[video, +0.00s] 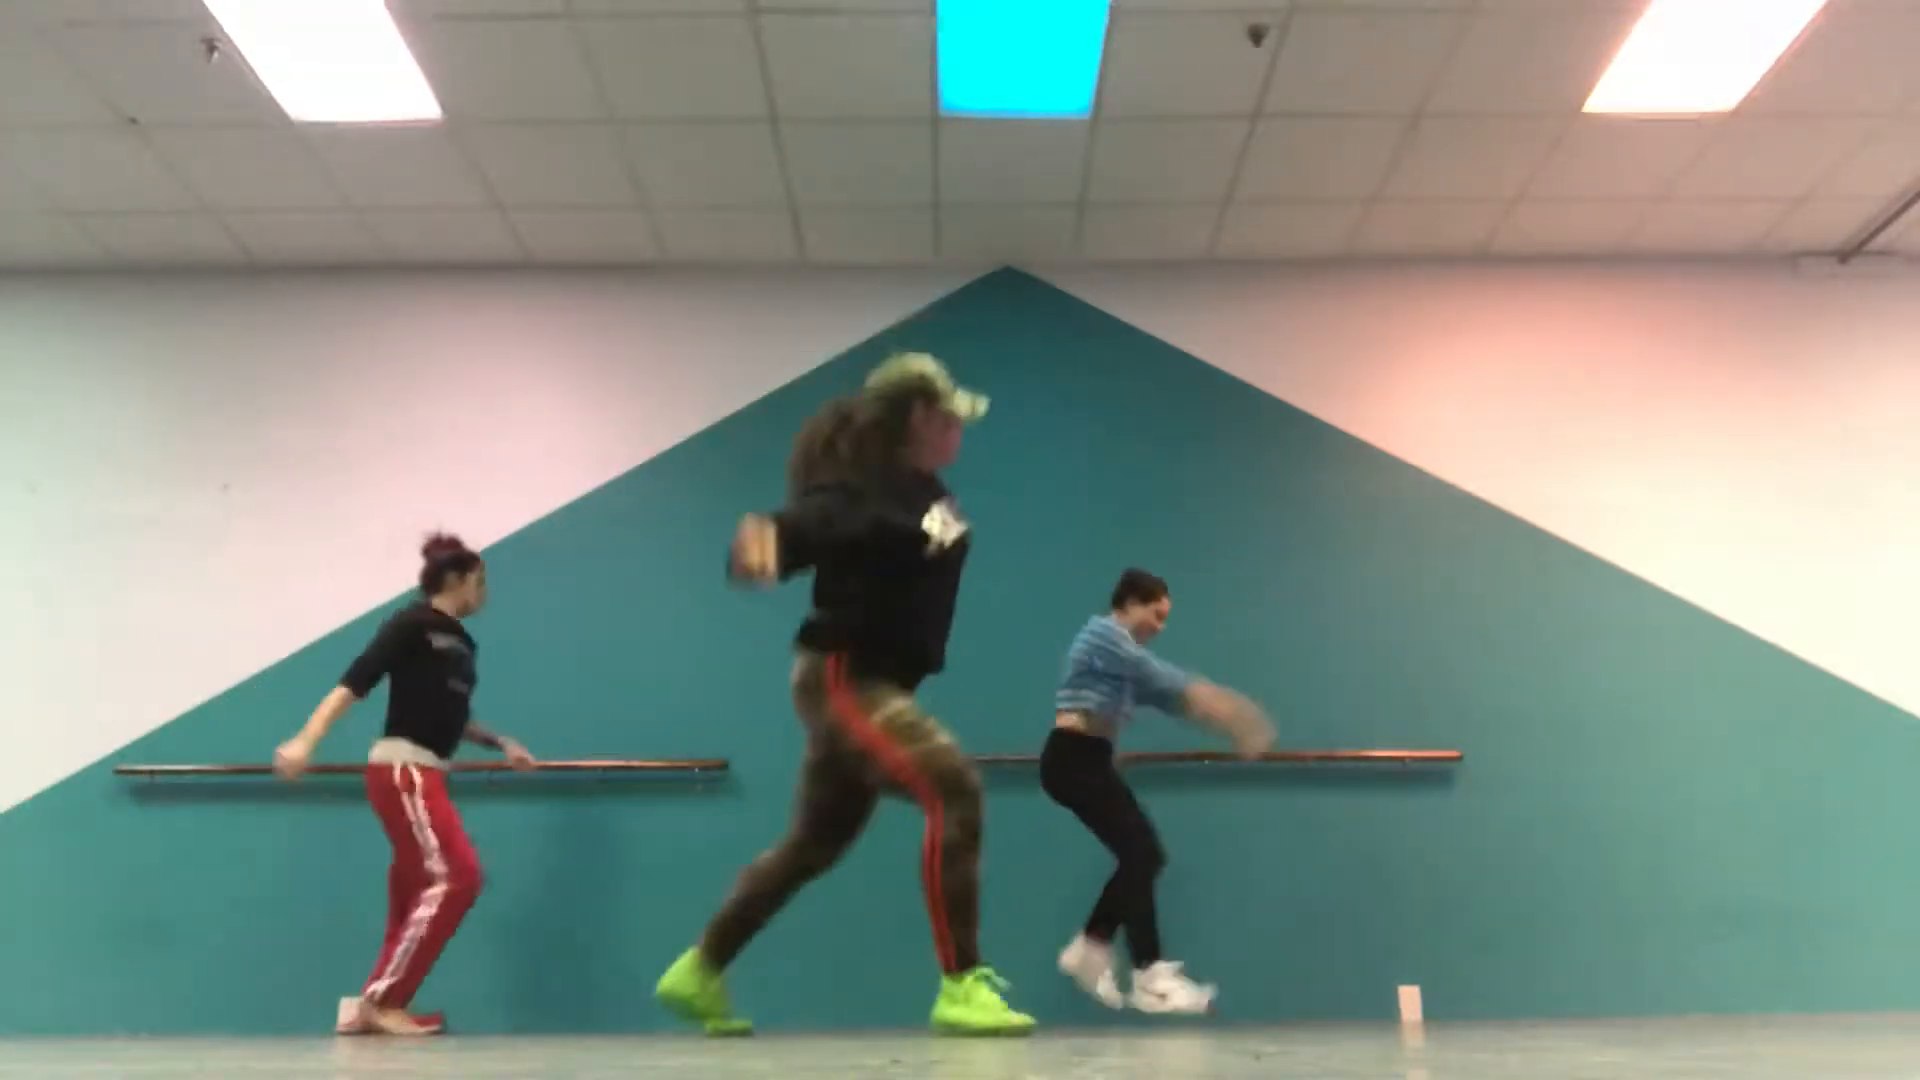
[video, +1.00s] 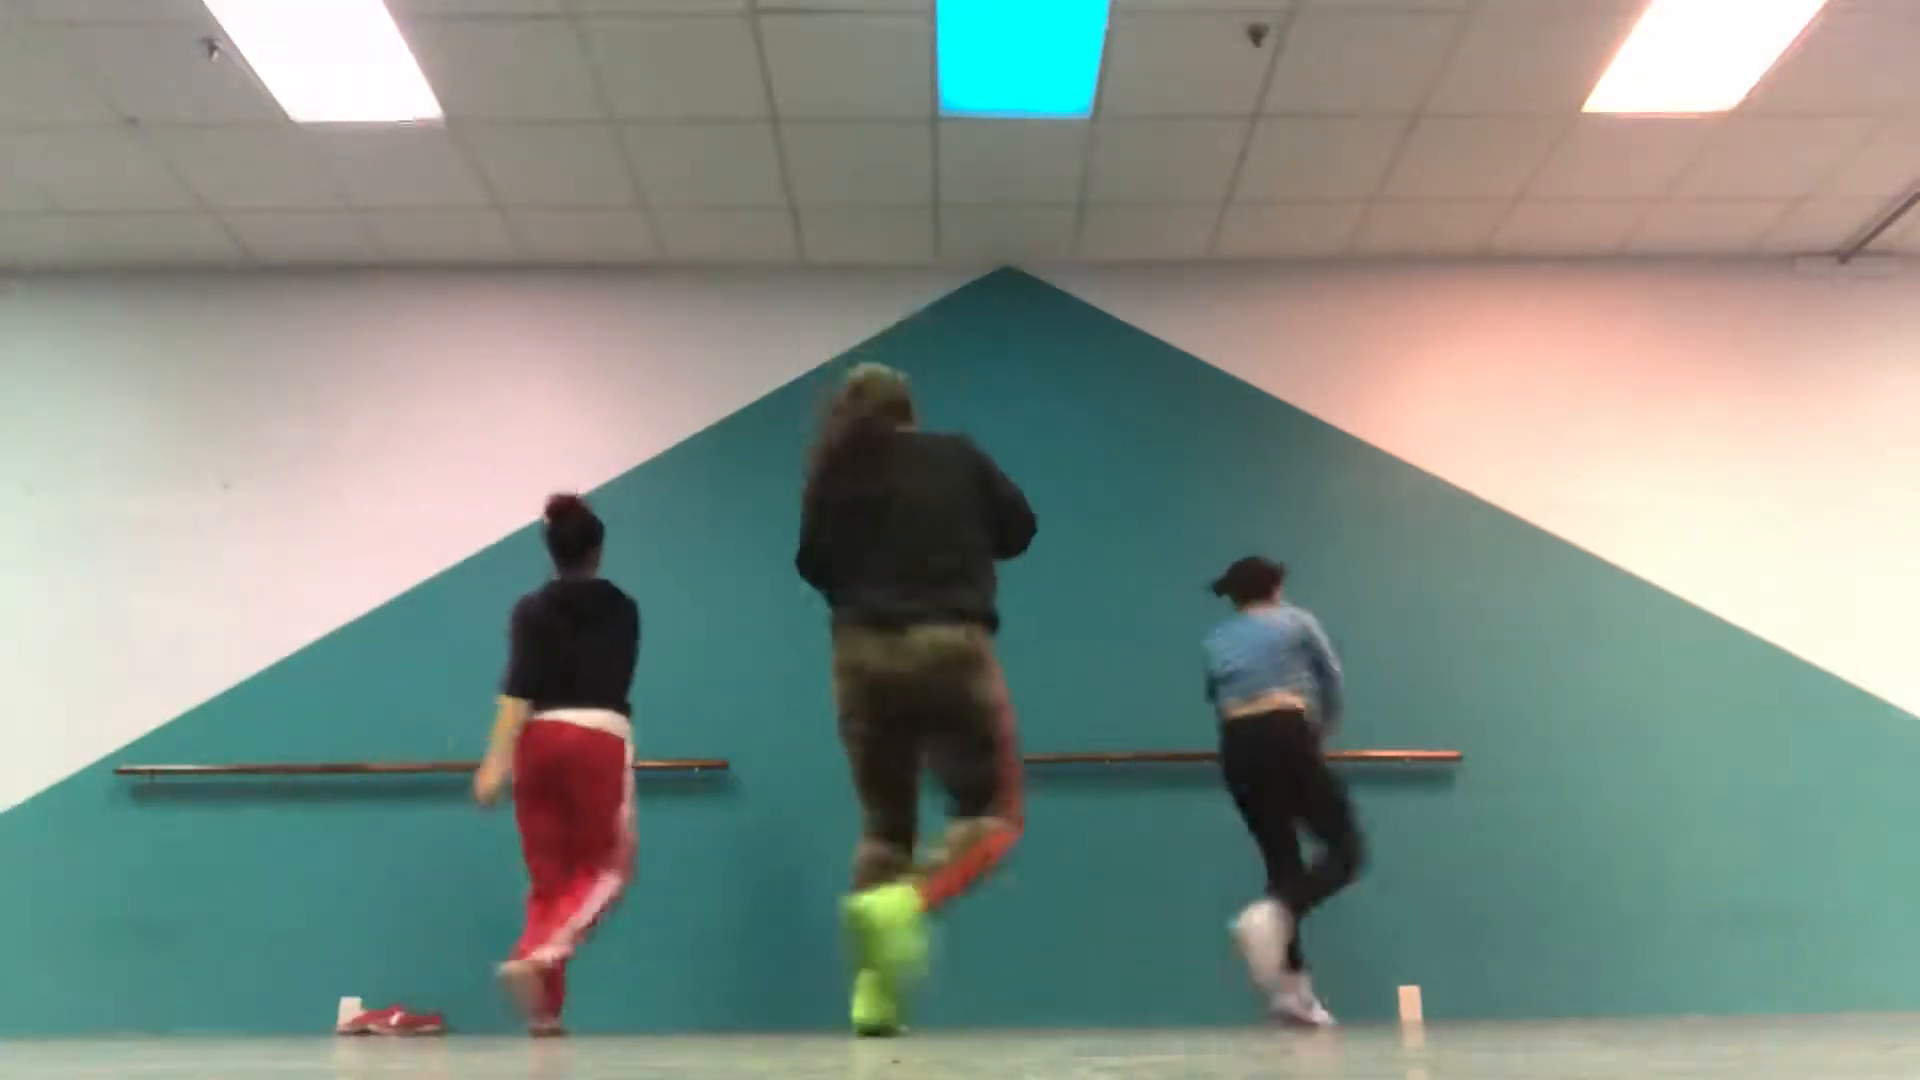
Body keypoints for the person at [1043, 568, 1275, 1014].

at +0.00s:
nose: (1159, 627)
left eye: (1163, 619)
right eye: (1156, 615)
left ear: (1140, 610)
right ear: (1130, 605)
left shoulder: (1118, 649)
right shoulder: (1101, 634)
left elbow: (1162, 693)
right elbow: (1151, 673)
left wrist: (1215, 709)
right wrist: (1210, 698)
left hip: (1086, 758)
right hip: (1074, 758)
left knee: (1140, 855)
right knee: (1141, 854)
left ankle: (1089, 950)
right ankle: (1150, 976)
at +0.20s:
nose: (1176, 630)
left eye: (1177, 622)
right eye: (1171, 620)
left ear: (1143, 620)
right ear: (1147, 618)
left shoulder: (1148, 664)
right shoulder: (1118, 651)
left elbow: (1216, 673)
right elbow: (1190, 652)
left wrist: (1264, 648)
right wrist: (1257, 634)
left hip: (1109, 783)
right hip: (1092, 781)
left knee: (1115, 892)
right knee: (1131, 884)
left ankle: (1061, 994)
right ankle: (1172, 978)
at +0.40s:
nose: (1200, 620)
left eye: (1203, 611)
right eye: (1197, 609)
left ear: (1173, 606)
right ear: (1172, 602)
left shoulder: (1170, 650)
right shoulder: (1143, 643)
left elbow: (1180, 721)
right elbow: (1167, 719)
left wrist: (1201, 779)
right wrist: (1200, 777)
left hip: (1150, 757)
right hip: (1133, 757)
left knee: (1189, 866)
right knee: (1185, 865)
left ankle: (1095, 892)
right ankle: (1154, 989)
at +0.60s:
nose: (1224, 595)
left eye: (1225, 587)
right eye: (1223, 587)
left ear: (1180, 580)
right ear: (1211, 581)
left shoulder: (1161, 617)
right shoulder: (1197, 609)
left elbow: (1193, 685)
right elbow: (1234, 663)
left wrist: (1244, 693)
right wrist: (1258, 695)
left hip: (1155, 734)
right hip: (1174, 734)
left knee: (1238, 830)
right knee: (1205, 844)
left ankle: (1156, 876)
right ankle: (1164, 975)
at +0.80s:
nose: (1249, 599)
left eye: (1247, 592)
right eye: (1245, 592)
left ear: (1203, 597)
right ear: (1231, 593)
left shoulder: (1181, 635)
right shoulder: (1243, 621)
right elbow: (1297, 614)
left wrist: (1280, 606)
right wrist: (1302, 597)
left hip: (1183, 743)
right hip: (1225, 741)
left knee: (1225, 871)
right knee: (1231, 868)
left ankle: (1279, 981)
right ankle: (1199, 986)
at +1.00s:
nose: (1280, 597)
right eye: (1279, 590)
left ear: (1234, 599)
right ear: (1276, 590)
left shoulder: (1217, 637)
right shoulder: (1297, 621)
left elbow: (1214, 695)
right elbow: (1331, 676)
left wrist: (1244, 720)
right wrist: (1323, 727)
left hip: (1238, 742)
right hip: (1289, 734)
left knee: (1280, 862)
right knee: (1346, 849)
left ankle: (1291, 984)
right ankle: (1278, 916)